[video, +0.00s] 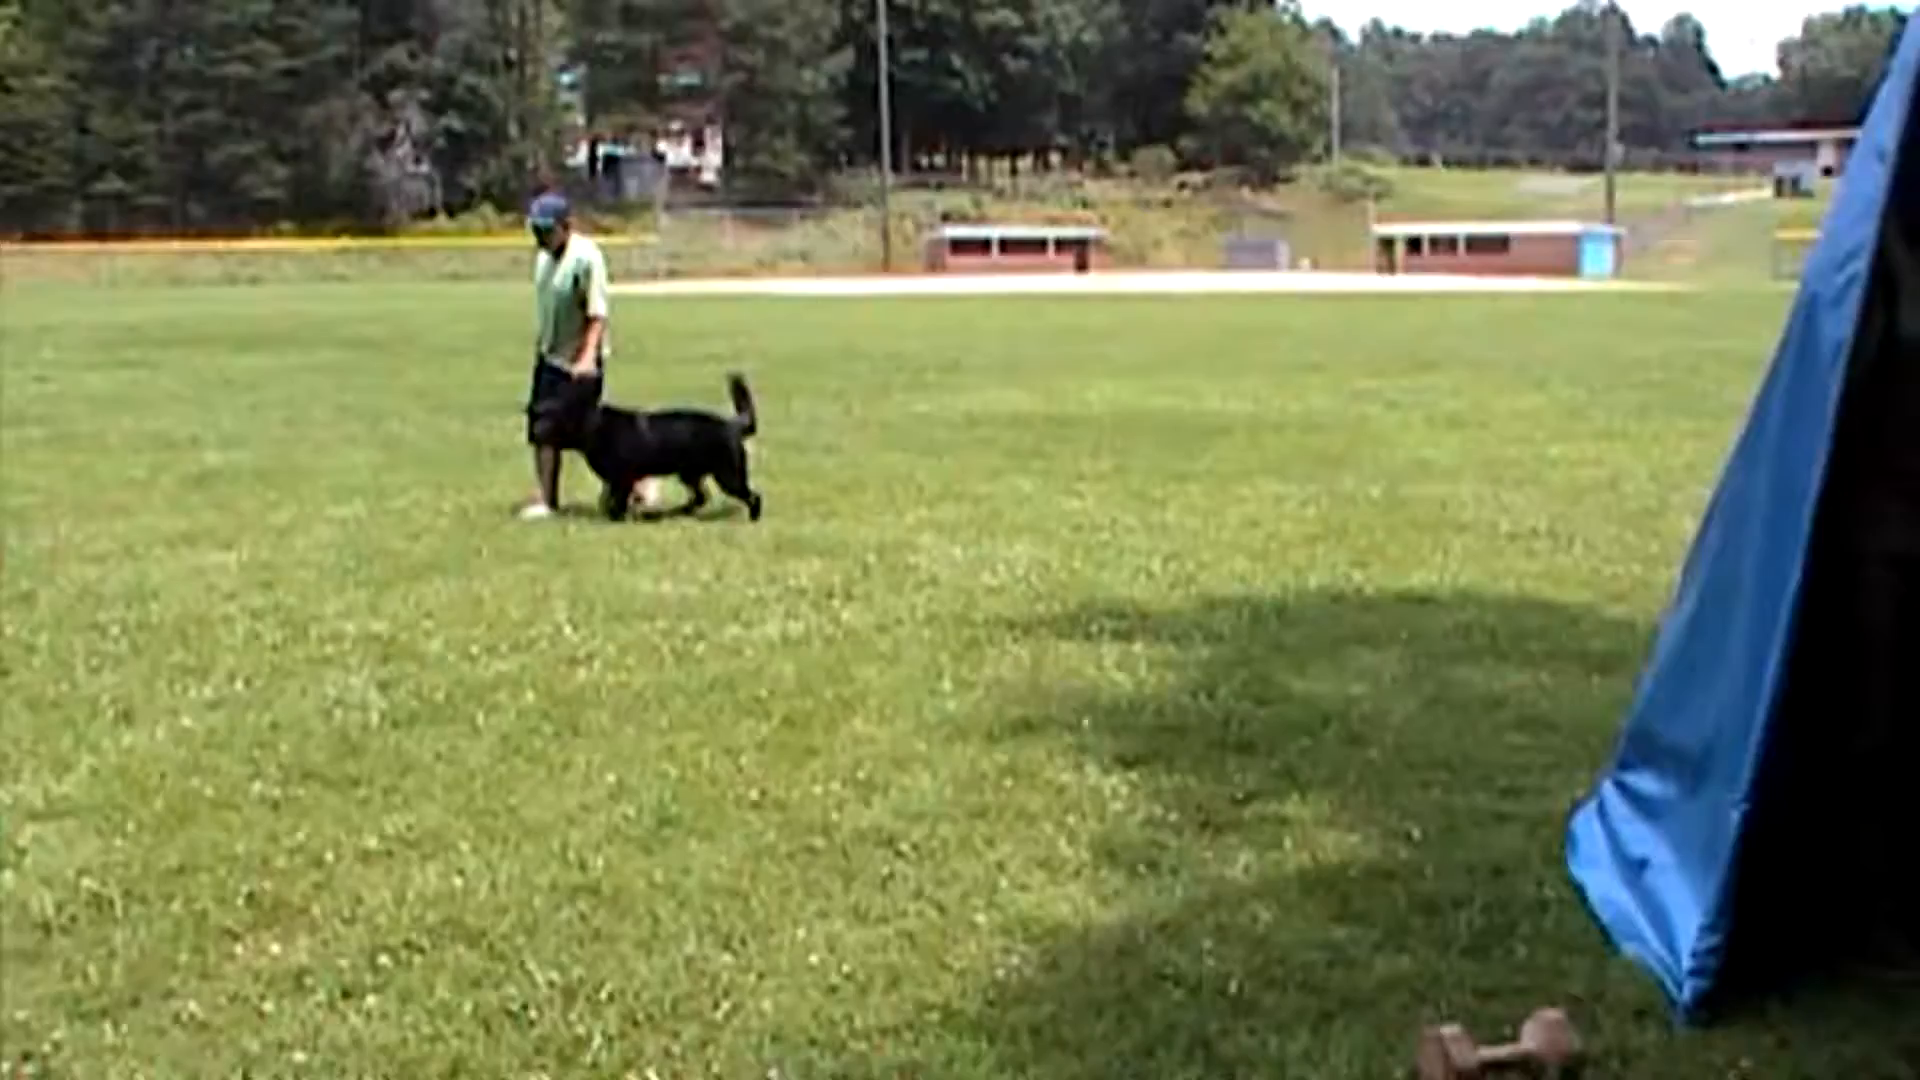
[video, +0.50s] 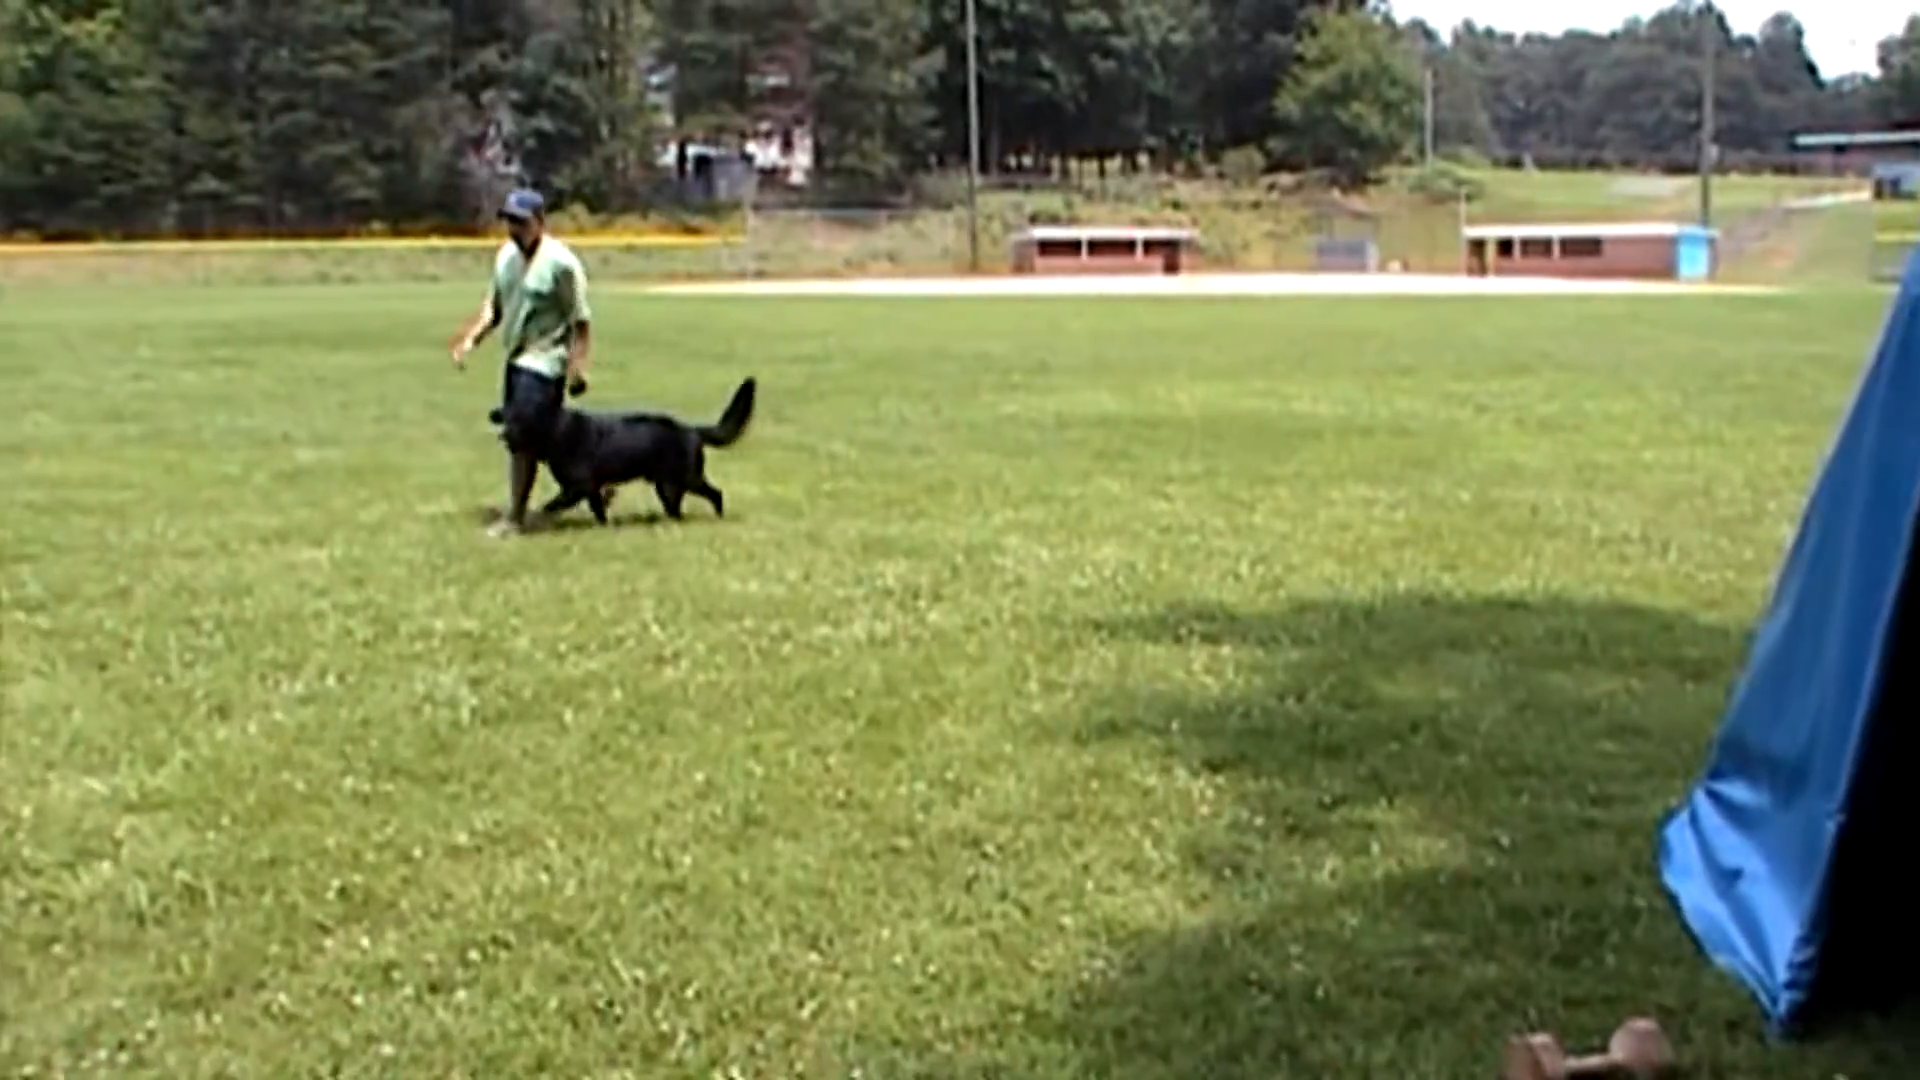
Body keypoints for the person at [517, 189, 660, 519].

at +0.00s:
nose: (541, 238)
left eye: (547, 231)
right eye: (537, 232)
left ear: (565, 225)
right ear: (535, 229)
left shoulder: (588, 257)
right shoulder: (544, 257)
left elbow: (597, 313)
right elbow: (550, 307)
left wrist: (587, 357)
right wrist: (545, 348)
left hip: (579, 360)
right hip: (549, 358)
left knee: (585, 430)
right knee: (542, 431)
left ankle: (634, 481)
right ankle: (546, 497)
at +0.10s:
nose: (530, 231)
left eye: (536, 223)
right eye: (525, 224)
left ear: (554, 218)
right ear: (522, 223)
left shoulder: (578, 254)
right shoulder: (530, 251)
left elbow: (593, 309)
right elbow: (527, 303)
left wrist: (592, 353)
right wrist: (512, 343)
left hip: (567, 354)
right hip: (539, 351)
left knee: (544, 422)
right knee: (544, 427)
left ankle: (587, 486)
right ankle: (557, 495)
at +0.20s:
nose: (520, 226)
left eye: (526, 218)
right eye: (516, 219)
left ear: (546, 216)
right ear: (514, 219)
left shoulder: (571, 252)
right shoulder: (518, 250)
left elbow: (593, 306)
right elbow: (511, 300)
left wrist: (594, 352)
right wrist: (487, 332)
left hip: (561, 344)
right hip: (531, 343)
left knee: (522, 413)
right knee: (553, 424)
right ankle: (570, 494)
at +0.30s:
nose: (517, 230)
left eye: (524, 222)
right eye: (512, 222)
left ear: (541, 221)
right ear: (508, 222)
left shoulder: (565, 258)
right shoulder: (511, 255)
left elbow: (593, 311)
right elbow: (499, 300)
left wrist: (592, 359)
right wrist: (472, 327)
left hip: (554, 352)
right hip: (526, 350)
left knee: (519, 424)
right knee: (554, 429)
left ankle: (492, 501)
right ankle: (587, 489)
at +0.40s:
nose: (514, 234)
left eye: (521, 226)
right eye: (510, 226)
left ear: (539, 225)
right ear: (505, 227)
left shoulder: (563, 264)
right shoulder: (508, 260)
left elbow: (588, 316)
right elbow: (495, 306)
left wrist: (587, 366)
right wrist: (466, 330)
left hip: (549, 359)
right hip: (521, 357)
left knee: (515, 432)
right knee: (553, 434)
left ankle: (496, 511)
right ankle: (597, 491)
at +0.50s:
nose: (513, 230)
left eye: (521, 223)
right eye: (509, 222)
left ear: (539, 222)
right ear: (505, 223)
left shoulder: (563, 264)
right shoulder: (506, 257)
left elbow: (581, 321)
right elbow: (494, 305)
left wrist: (578, 367)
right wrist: (470, 338)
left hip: (547, 359)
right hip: (516, 355)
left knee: (520, 434)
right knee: (526, 434)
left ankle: (515, 513)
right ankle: (584, 483)